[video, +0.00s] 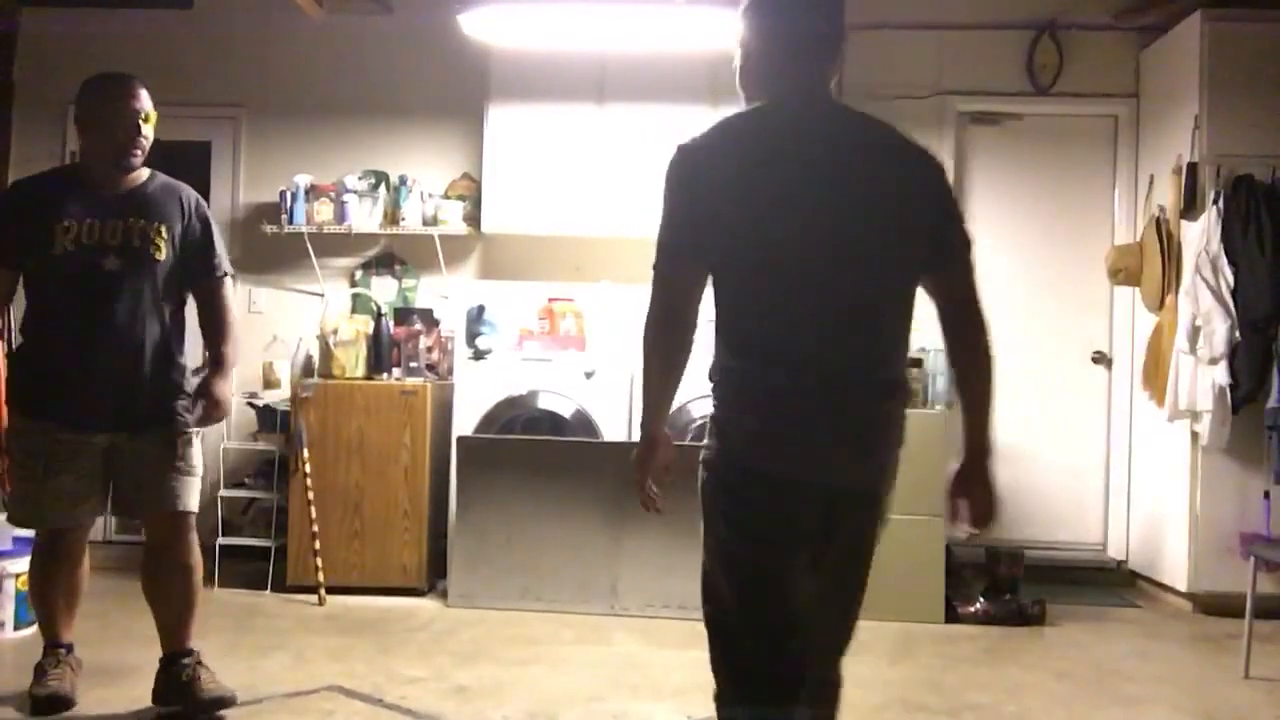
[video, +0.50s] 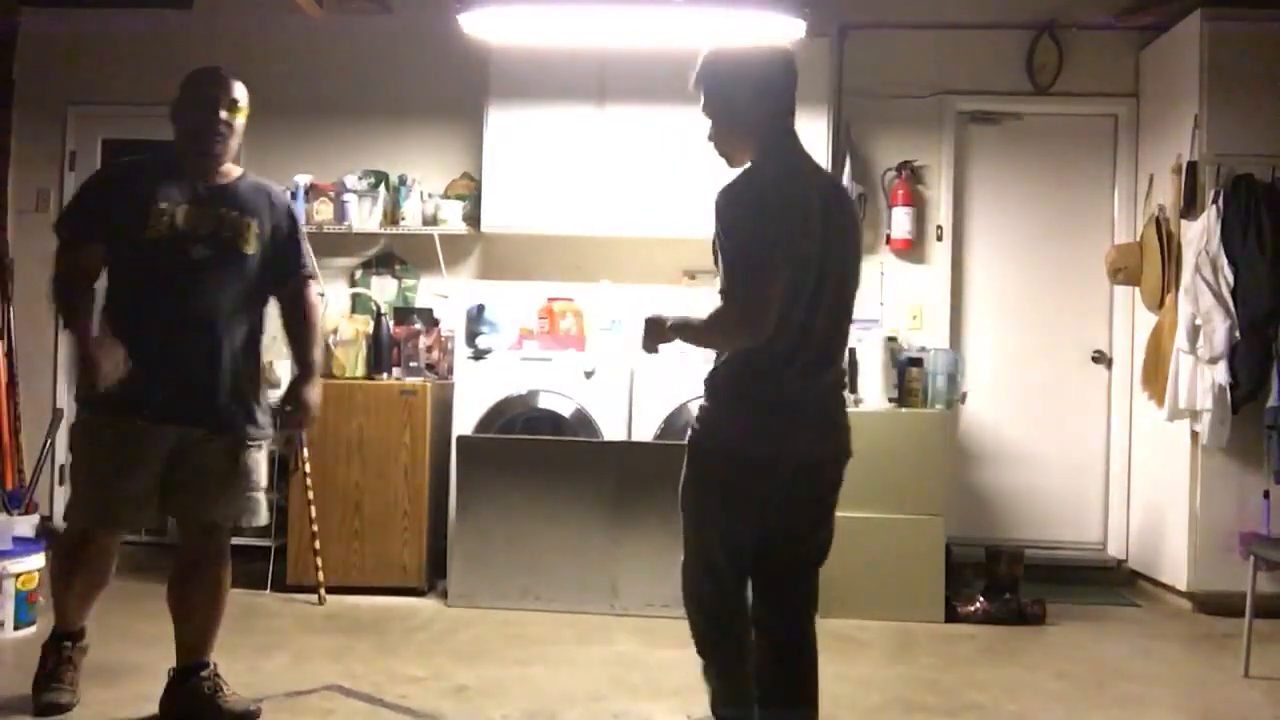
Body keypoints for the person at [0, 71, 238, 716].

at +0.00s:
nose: (142, 133)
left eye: (148, 121)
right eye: (126, 120)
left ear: (156, 128)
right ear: (83, 125)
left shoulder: (184, 206)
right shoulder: (27, 202)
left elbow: (214, 295)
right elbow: (1, 301)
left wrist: (222, 369)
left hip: (160, 400)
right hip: (57, 400)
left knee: (176, 525)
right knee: (61, 534)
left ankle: (180, 662)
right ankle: (57, 656)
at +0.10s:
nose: (146, 131)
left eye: (153, 119)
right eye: (130, 118)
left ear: (162, 128)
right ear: (90, 124)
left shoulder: (189, 206)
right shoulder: (34, 202)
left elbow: (226, 300)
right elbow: (4, 304)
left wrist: (241, 378)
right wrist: (6, 382)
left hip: (166, 403)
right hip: (62, 400)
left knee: (177, 534)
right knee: (63, 537)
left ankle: (187, 670)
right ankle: (58, 659)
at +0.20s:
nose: (158, 127)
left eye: (167, 116)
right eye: (142, 114)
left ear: (178, 129)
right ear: (104, 122)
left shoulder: (206, 209)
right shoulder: (48, 204)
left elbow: (239, 300)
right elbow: (11, 307)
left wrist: (256, 383)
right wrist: (4, 378)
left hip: (180, 405)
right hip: (74, 401)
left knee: (186, 539)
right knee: (67, 536)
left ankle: (190, 674)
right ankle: (60, 657)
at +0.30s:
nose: (174, 125)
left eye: (186, 114)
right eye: (159, 113)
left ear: (201, 128)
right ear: (127, 120)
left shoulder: (225, 210)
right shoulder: (72, 197)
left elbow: (255, 301)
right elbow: (29, 294)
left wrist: (273, 382)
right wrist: (6, 384)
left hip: (195, 408)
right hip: (91, 404)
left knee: (196, 541)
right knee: (75, 536)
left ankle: (192, 676)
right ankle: (62, 656)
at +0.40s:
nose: (197, 121)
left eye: (210, 112)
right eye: (184, 109)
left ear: (225, 127)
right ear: (154, 117)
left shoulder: (249, 210)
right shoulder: (98, 191)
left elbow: (277, 302)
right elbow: (51, 287)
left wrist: (289, 384)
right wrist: (35, 373)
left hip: (210, 407)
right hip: (109, 399)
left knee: (205, 543)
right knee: (86, 535)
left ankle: (192, 678)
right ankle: (63, 654)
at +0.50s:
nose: (220, 119)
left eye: (232, 111)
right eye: (207, 107)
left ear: (246, 124)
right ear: (178, 114)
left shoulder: (270, 207)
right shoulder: (126, 181)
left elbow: (302, 294)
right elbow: (75, 266)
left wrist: (311, 375)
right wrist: (88, 344)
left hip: (226, 407)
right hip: (127, 394)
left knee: (210, 543)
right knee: (91, 529)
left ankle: (193, 679)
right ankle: (66, 645)